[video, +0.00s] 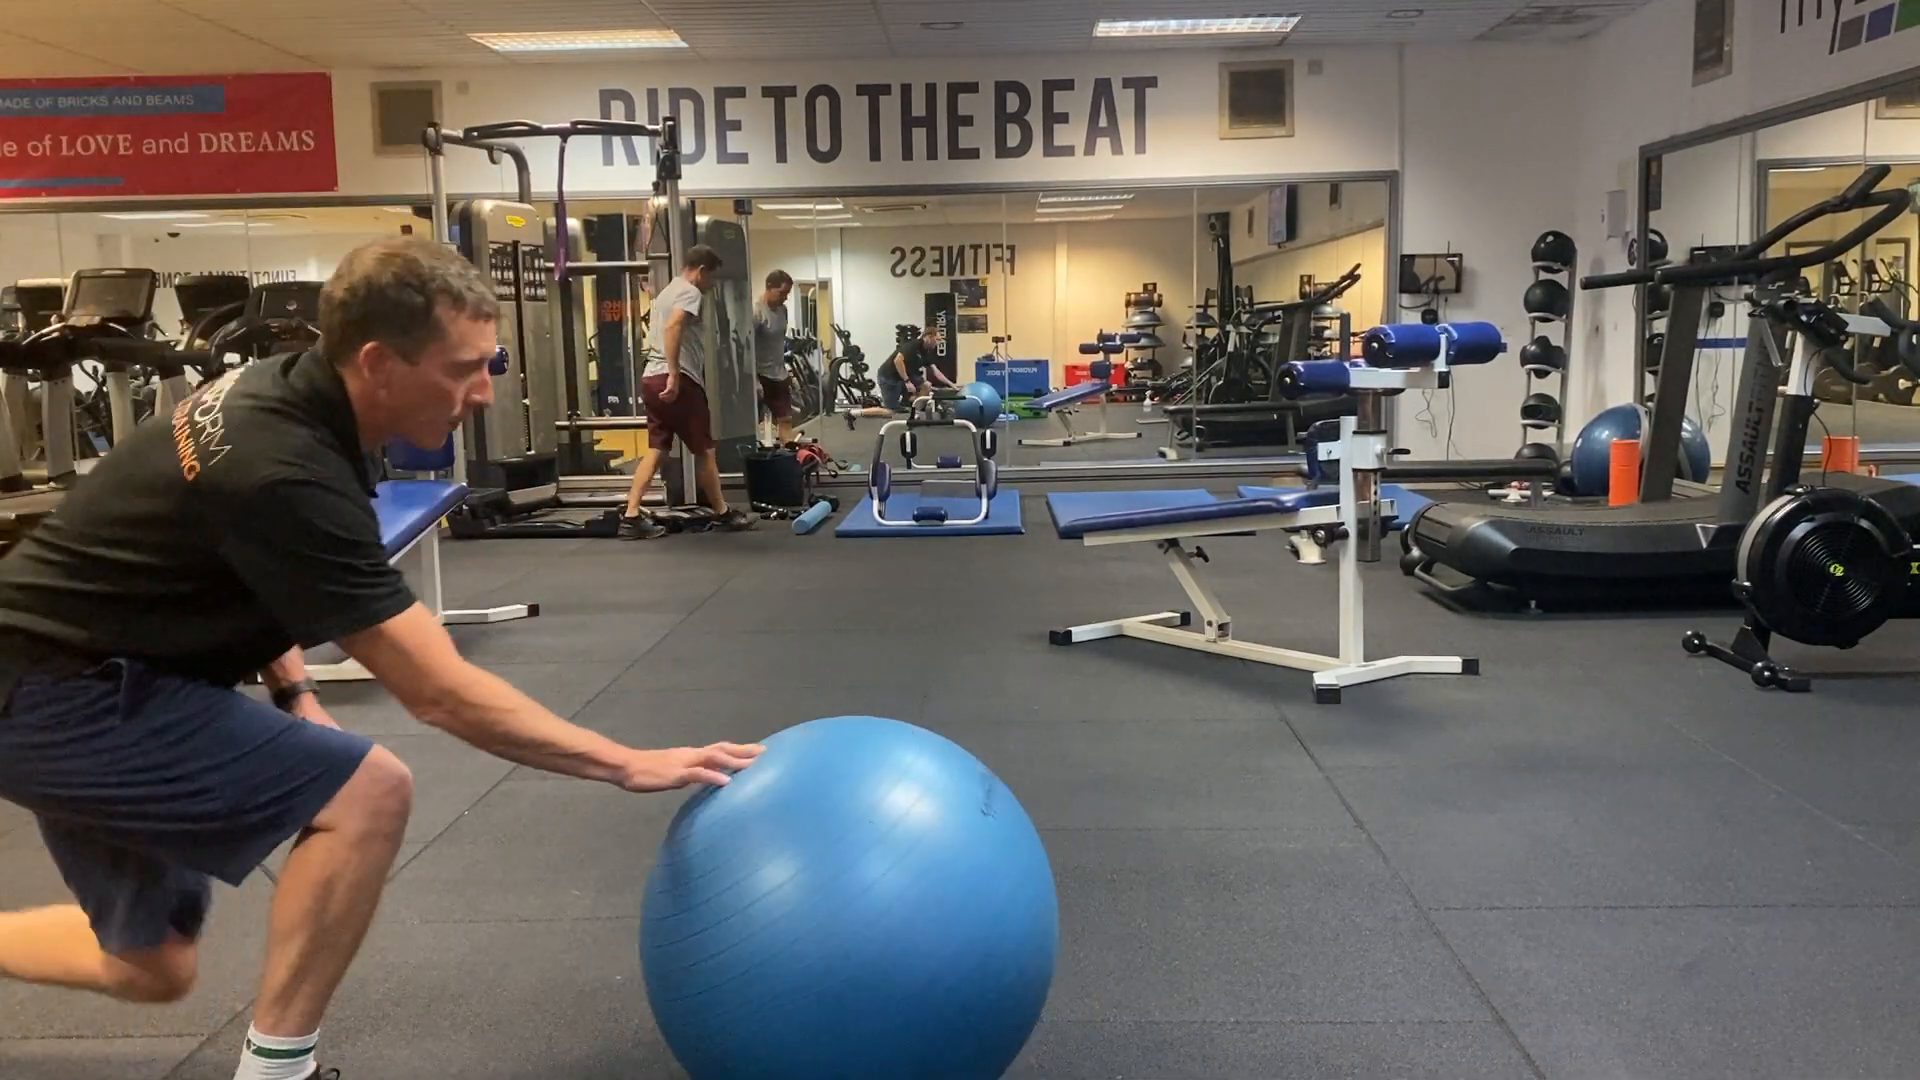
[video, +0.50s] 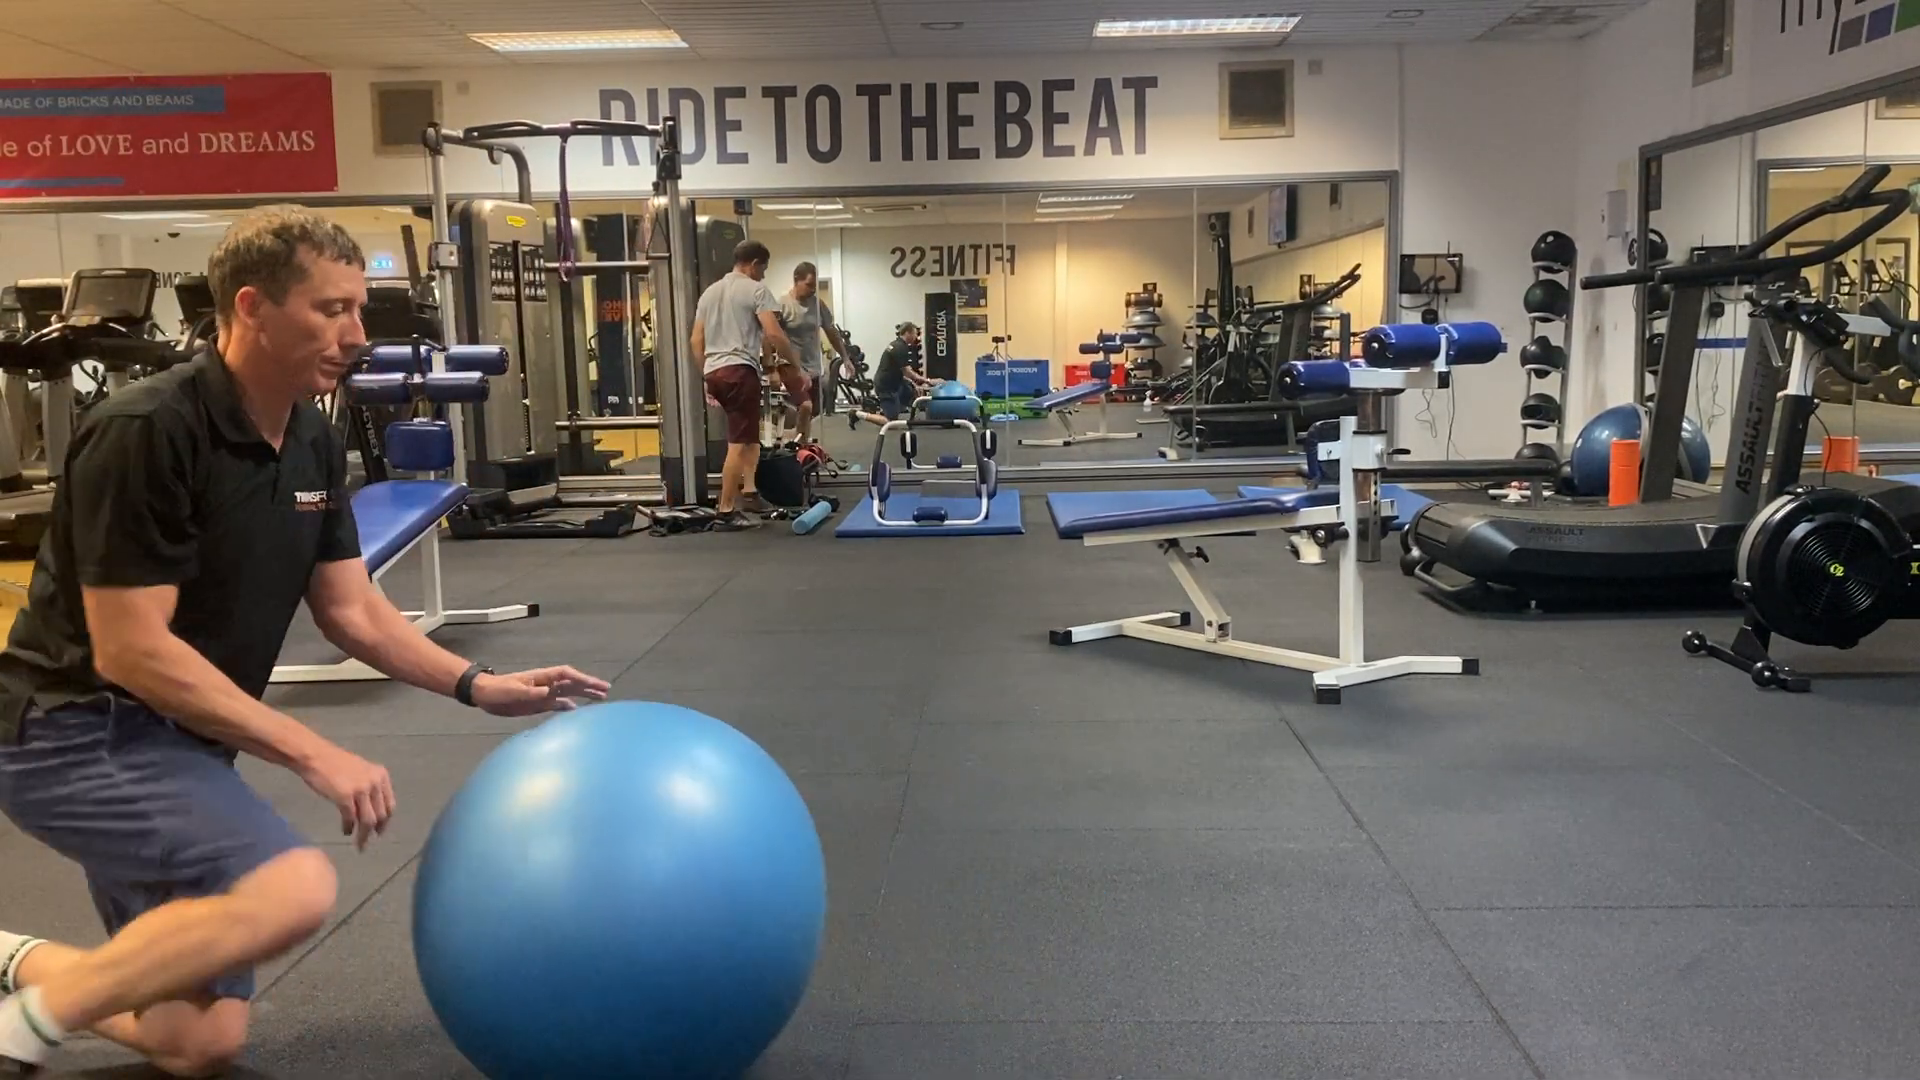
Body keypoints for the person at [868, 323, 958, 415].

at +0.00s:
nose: (937, 343)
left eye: (937, 340)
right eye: (936, 340)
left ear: (929, 338)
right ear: (928, 338)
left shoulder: (925, 351)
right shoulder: (913, 345)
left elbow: (935, 371)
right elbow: (898, 361)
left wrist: (951, 384)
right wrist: (907, 381)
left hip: (904, 376)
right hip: (888, 377)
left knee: (925, 387)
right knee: (892, 411)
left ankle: (902, 406)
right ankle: (859, 412)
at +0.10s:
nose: (933, 341)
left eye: (934, 339)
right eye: (932, 338)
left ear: (924, 338)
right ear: (923, 338)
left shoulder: (921, 351)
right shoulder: (911, 347)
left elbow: (927, 371)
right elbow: (901, 366)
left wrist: (944, 385)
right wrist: (914, 385)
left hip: (901, 381)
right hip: (890, 381)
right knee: (892, 417)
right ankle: (856, 414)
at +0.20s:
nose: (926, 340)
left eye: (926, 337)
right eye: (924, 337)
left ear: (917, 338)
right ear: (917, 338)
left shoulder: (913, 351)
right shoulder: (909, 349)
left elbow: (920, 372)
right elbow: (903, 372)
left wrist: (937, 386)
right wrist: (919, 386)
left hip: (900, 382)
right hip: (889, 385)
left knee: (923, 393)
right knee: (893, 420)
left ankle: (913, 419)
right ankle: (858, 414)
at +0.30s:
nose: (922, 337)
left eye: (922, 334)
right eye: (919, 334)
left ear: (912, 337)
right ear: (912, 336)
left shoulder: (911, 350)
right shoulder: (906, 350)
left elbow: (914, 370)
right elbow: (907, 373)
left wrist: (925, 385)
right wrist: (924, 385)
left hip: (897, 382)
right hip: (886, 385)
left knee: (919, 384)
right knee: (892, 420)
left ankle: (914, 416)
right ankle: (857, 414)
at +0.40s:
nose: (920, 338)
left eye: (920, 335)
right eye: (917, 335)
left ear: (909, 336)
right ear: (909, 335)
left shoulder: (906, 347)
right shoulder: (904, 349)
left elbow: (910, 373)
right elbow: (908, 375)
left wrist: (921, 388)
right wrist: (929, 382)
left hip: (893, 383)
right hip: (885, 385)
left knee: (913, 386)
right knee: (892, 421)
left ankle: (905, 414)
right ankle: (858, 414)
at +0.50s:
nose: (916, 337)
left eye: (916, 334)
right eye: (914, 334)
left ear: (906, 333)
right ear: (907, 333)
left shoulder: (897, 344)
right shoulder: (901, 347)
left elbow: (901, 373)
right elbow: (907, 371)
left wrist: (914, 384)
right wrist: (928, 381)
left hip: (895, 382)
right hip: (886, 386)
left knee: (910, 394)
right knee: (891, 421)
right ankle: (857, 414)